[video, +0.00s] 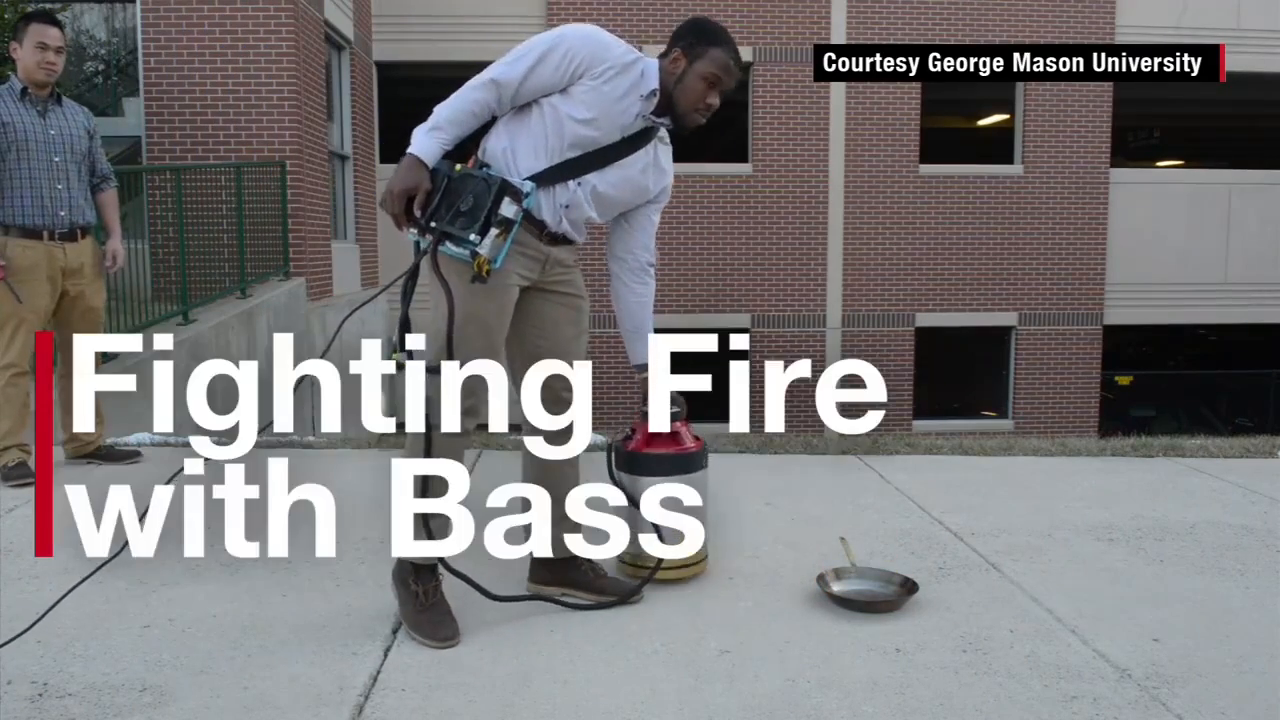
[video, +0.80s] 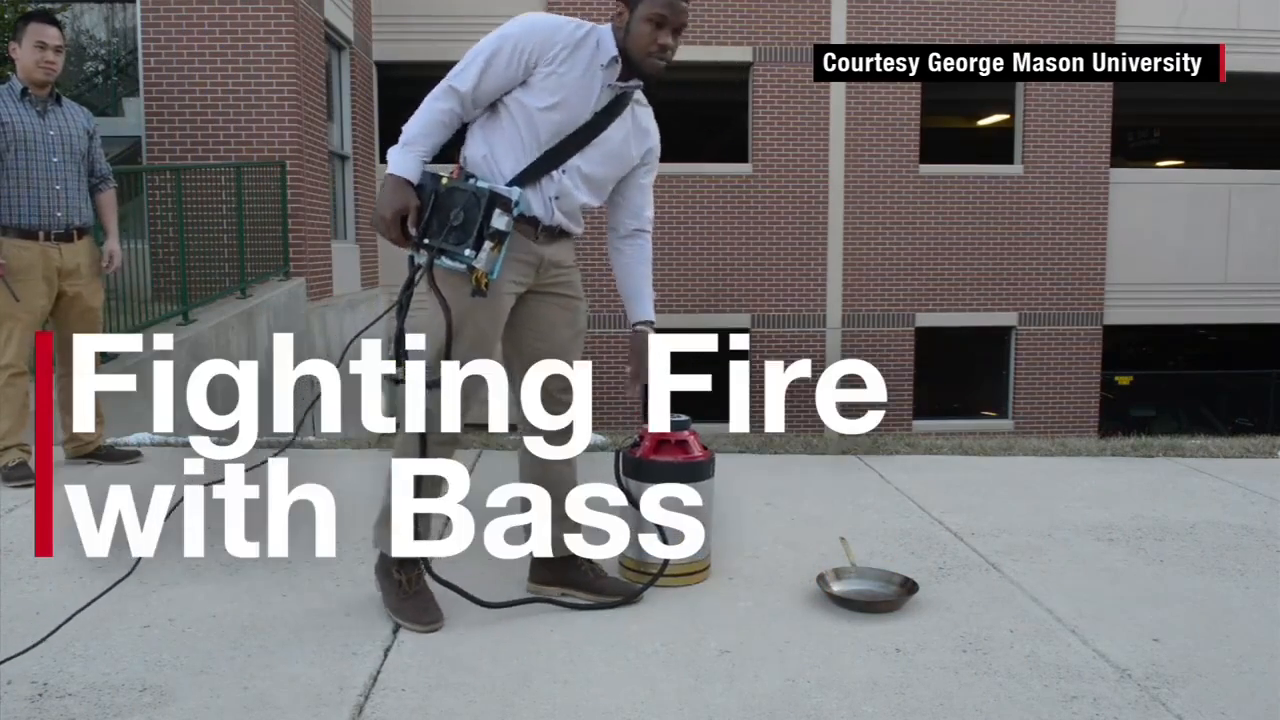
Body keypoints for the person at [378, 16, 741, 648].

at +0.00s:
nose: (713, 105)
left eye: (724, 98)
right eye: (710, 85)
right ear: (674, 59)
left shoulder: (655, 171)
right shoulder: (593, 52)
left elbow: (635, 271)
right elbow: (491, 89)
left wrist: (651, 369)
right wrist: (418, 158)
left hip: (556, 258)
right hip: (484, 231)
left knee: (558, 411)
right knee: (465, 408)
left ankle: (555, 557)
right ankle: (419, 565)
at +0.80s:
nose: (668, 42)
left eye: (678, 33)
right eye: (659, 25)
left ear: (680, 37)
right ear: (623, 14)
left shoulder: (641, 134)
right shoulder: (546, 38)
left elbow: (631, 234)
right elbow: (455, 95)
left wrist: (644, 327)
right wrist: (401, 175)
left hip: (554, 255)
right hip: (479, 237)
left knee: (554, 409)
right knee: (455, 409)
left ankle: (557, 556)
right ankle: (401, 556)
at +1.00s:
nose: (611, 9)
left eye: (615, 3)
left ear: (613, 17)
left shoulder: (605, 103)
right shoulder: (490, 32)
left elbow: (601, 203)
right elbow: (410, 108)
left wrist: (608, 287)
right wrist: (374, 195)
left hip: (542, 252)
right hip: (464, 243)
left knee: (548, 408)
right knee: (442, 409)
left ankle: (555, 554)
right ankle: (386, 555)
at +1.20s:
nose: (527, 0)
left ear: (534, 6)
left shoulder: (542, 83)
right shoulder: (412, 36)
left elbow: (546, 185)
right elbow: (346, 124)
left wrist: (560, 266)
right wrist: (329, 212)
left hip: (514, 251)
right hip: (427, 248)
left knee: (532, 410)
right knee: (411, 414)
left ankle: (555, 553)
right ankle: (383, 562)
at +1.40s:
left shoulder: (478, 60)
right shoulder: (351, 30)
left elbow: (483, 160)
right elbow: (291, 127)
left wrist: (501, 247)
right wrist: (286, 222)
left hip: (468, 245)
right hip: (387, 248)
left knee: (500, 399)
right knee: (386, 413)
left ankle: (521, 547)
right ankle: (380, 563)